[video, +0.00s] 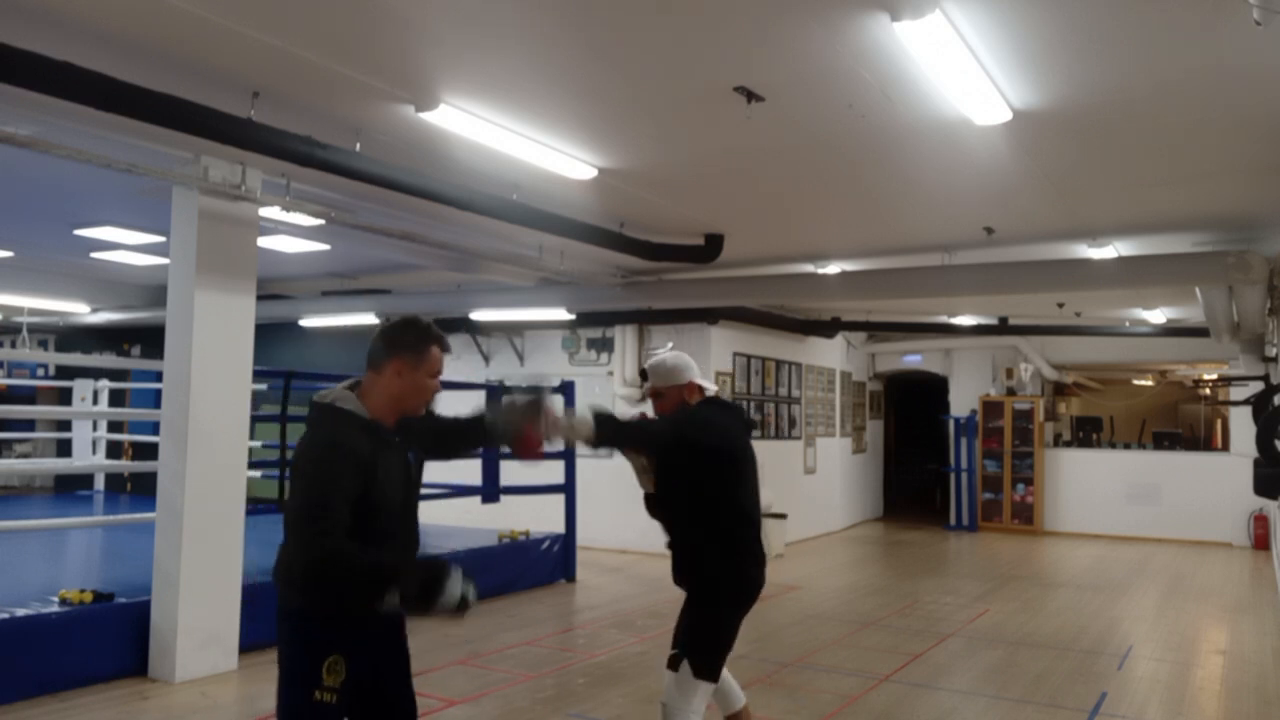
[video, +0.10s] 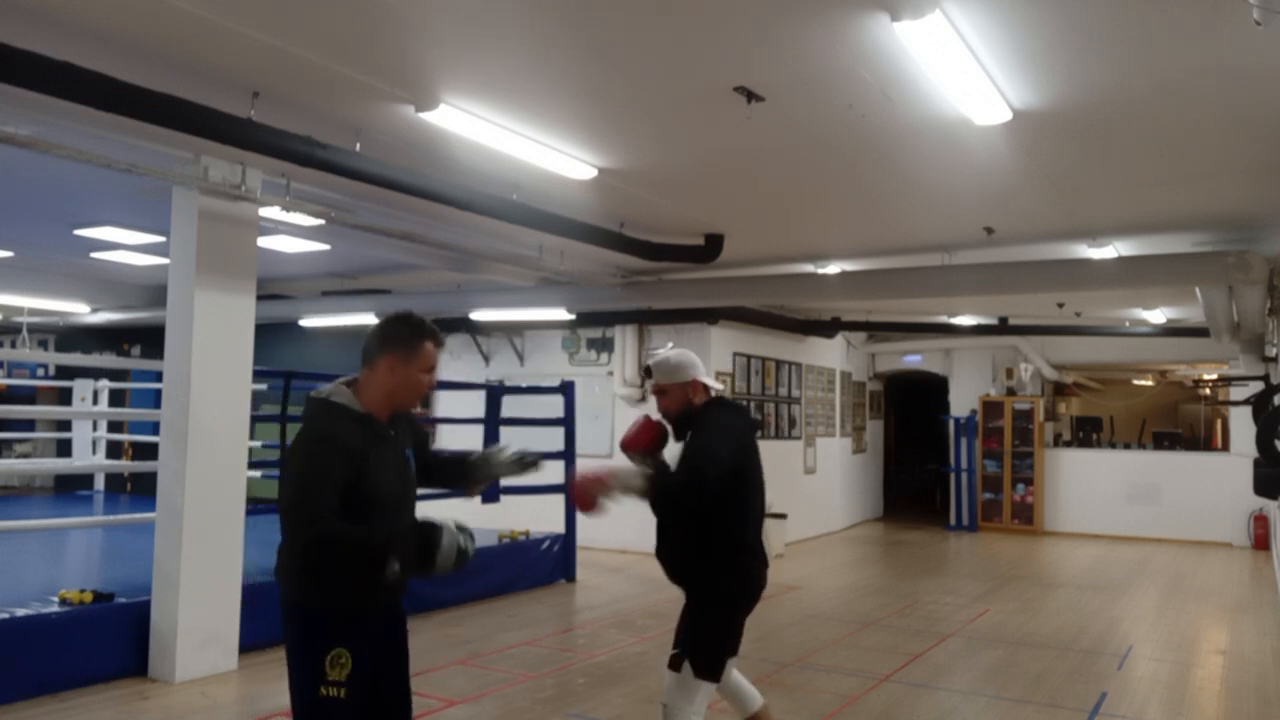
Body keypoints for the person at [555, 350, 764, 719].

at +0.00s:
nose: (655, 408)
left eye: (659, 397)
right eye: (653, 400)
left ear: (689, 391)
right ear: (691, 392)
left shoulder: (708, 423)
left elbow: (641, 435)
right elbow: (670, 514)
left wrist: (564, 423)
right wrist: (646, 471)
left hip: (726, 578)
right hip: (711, 573)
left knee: (682, 699)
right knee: (696, 662)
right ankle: (739, 711)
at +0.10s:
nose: (658, 406)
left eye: (663, 394)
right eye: (656, 396)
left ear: (692, 389)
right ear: (691, 390)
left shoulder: (719, 427)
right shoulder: (708, 426)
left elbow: (689, 500)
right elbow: (684, 496)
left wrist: (619, 479)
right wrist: (652, 461)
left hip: (724, 580)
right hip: (714, 572)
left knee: (681, 702)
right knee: (713, 665)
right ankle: (760, 711)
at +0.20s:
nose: (668, 409)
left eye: (672, 397)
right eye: (666, 399)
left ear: (702, 392)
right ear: (704, 393)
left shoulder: (728, 433)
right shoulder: (729, 428)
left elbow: (723, 508)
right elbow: (694, 516)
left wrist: (660, 491)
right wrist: (662, 470)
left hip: (723, 588)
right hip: (733, 581)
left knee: (681, 704)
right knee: (739, 686)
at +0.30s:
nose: (684, 413)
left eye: (688, 401)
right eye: (682, 403)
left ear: (719, 397)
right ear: (720, 398)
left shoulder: (743, 437)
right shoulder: (744, 434)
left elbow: (733, 508)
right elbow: (710, 516)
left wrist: (673, 478)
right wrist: (670, 481)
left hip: (731, 594)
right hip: (752, 590)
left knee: (679, 702)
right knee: (758, 692)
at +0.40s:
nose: (695, 413)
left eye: (699, 401)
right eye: (692, 402)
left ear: (729, 397)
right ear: (729, 398)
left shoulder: (749, 438)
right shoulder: (758, 432)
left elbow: (719, 509)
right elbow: (707, 512)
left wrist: (673, 463)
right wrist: (678, 467)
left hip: (738, 597)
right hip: (763, 592)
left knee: (691, 699)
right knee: (760, 689)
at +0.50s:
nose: (699, 413)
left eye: (702, 402)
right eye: (696, 403)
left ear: (732, 396)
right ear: (732, 398)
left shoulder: (756, 437)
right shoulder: (756, 434)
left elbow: (725, 505)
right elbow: (708, 513)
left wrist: (677, 454)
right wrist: (678, 461)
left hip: (747, 593)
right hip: (766, 588)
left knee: (693, 700)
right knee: (755, 687)